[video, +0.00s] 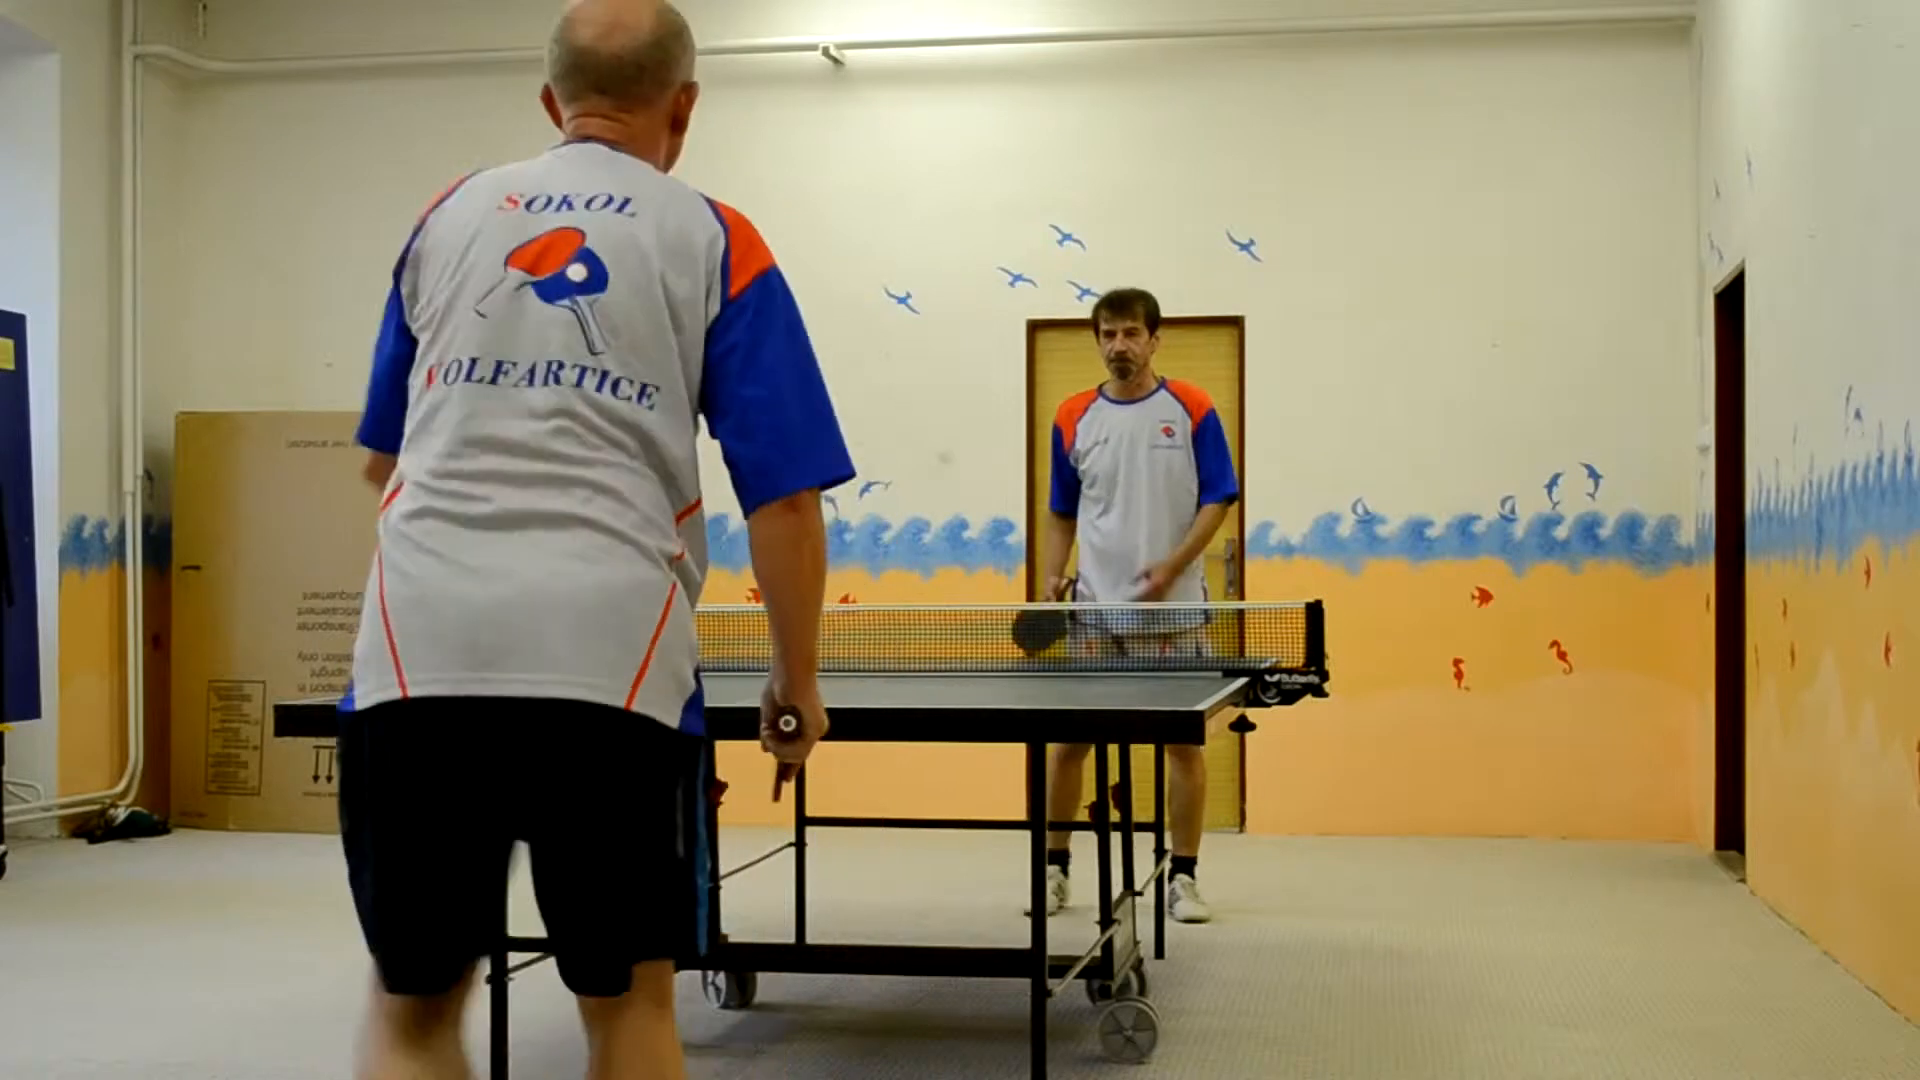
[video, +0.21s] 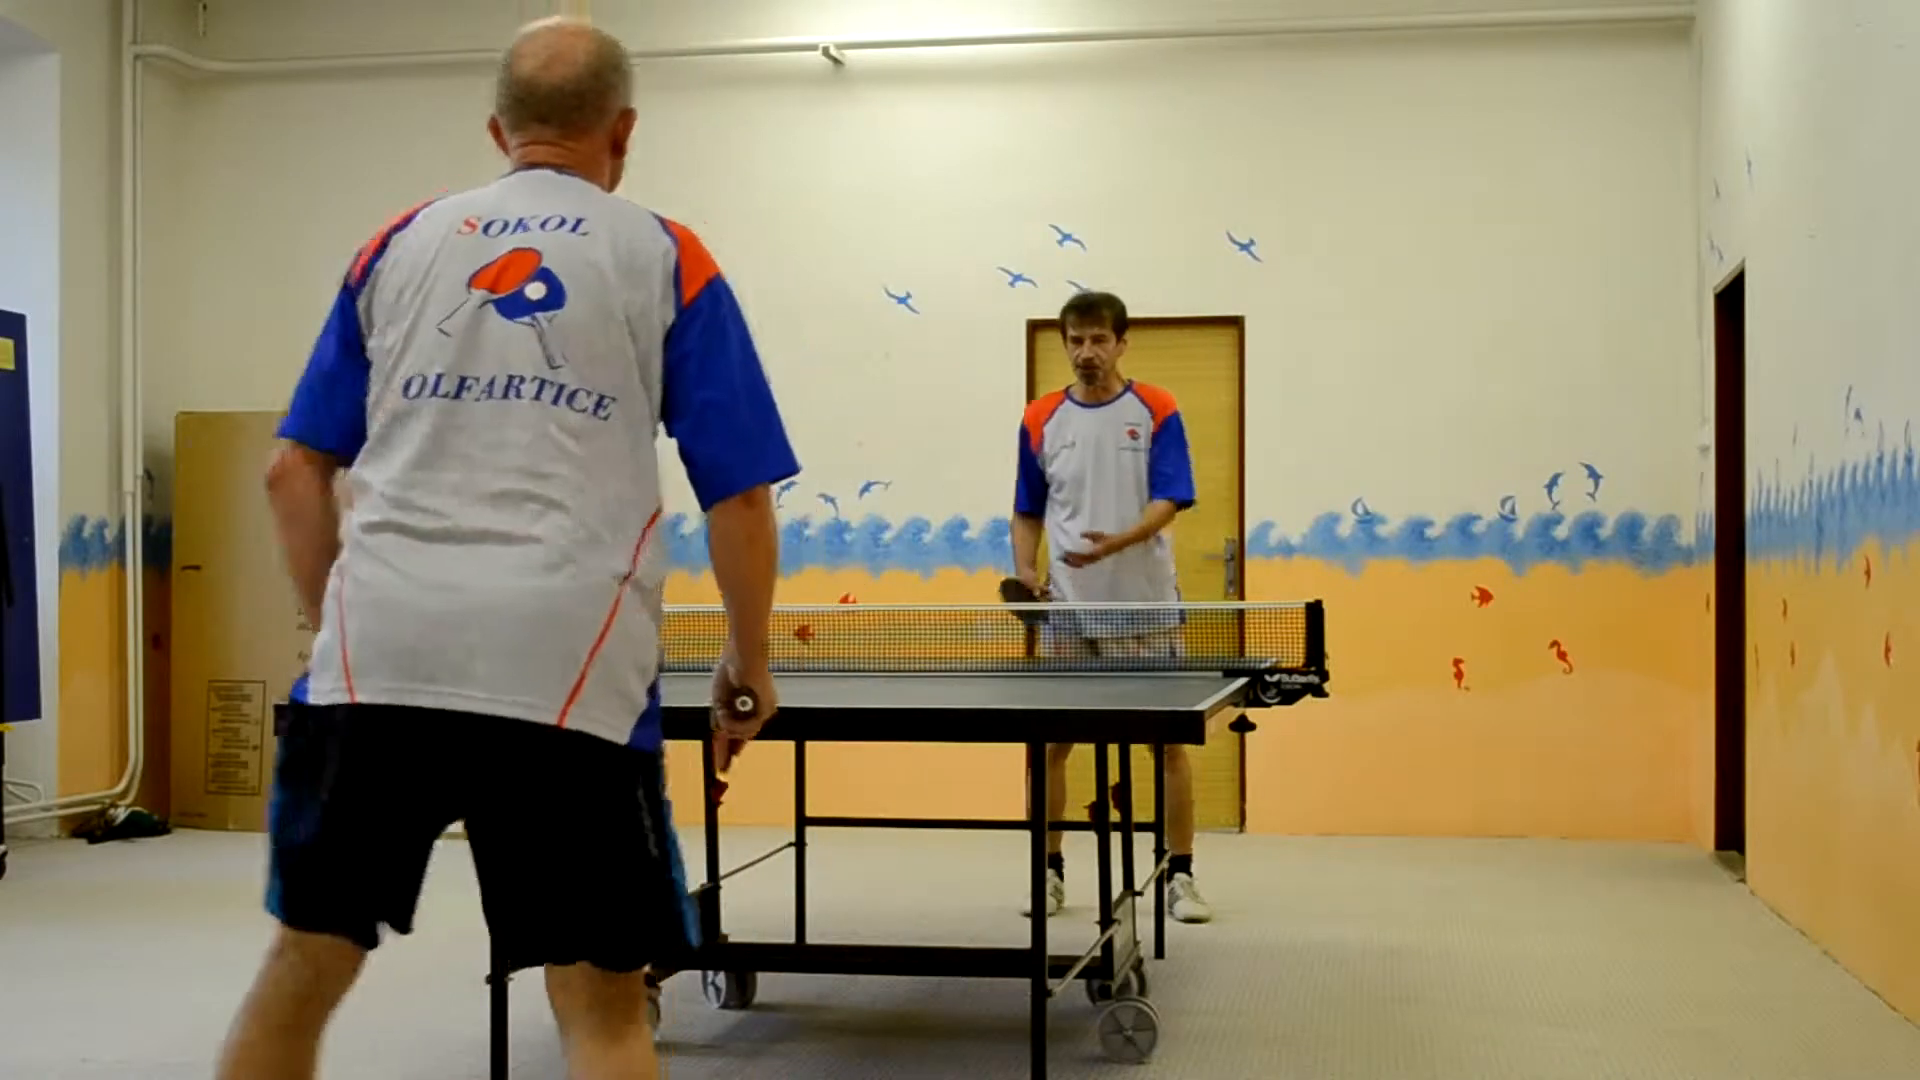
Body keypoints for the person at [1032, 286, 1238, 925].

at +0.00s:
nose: (1119, 344)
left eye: (1130, 333)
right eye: (1109, 334)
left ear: (1153, 339)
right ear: (1097, 341)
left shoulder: (1191, 409)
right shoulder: (1073, 417)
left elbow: (1220, 497)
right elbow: (1061, 510)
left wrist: (1177, 561)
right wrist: (1052, 574)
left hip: (1173, 610)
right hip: (1094, 611)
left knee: (1185, 742)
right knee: (1069, 740)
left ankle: (1182, 874)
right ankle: (1054, 870)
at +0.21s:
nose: (1086, 352)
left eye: (1097, 340)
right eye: (1076, 341)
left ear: (1121, 343)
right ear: (1064, 346)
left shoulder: (1156, 409)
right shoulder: (1040, 419)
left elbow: (1171, 500)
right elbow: (1027, 508)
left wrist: (1120, 541)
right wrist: (1028, 567)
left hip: (1145, 606)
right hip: (1067, 608)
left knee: (1171, 740)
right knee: (1051, 740)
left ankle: (1178, 872)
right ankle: (1049, 870)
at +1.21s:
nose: (1159, 381)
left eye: (1171, 369)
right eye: (1148, 369)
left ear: (1187, 367)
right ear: (1130, 367)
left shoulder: (1214, 420)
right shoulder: (1093, 431)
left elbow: (1240, 510)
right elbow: (1052, 517)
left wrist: (1184, 544)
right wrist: (1081, 573)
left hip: (1191, 609)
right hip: (1123, 610)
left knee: (1180, 736)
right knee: (1142, 738)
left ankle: (1146, 862)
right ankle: (1144, 871)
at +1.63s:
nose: (1200, 438)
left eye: (1210, 425)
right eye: (1187, 426)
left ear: (1222, 418)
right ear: (1163, 419)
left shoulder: (1242, 454)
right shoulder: (1127, 473)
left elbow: (1273, 545)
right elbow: (1088, 569)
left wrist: (1255, 607)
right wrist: (1140, 632)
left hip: (1213, 632)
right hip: (1151, 637)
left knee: (1247, 738)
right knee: (1175, 746)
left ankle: (1197, 857)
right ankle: (1170, 879)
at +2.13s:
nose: (1220, 436)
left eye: (1229, 424)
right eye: (1208, 425)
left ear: (1240, 414)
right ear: (1182, 415)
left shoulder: (1253, 440)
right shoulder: (1154, 471)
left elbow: (1299, 519)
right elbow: (1142, 577)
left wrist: (1278, 550)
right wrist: (1223, 625)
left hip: (1224, 620)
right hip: (1162, 623)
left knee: (1286, 715)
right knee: (1192, 742)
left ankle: (1253, 831)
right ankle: (1174, 879)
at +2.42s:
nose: (1231, 423)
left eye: (1239, 410)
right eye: (1218, 413)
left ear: (1249, 401)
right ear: (1192, 406)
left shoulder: (1262, 425)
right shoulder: (1169, 462)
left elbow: (1347, 461)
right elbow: (1188, 567)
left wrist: (1356, 505)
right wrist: (1264, 549)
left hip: (1241, 608)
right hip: (1182, 617)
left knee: (1310, 727)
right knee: (1202, 746)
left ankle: (1327, 841)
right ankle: (1175, 880)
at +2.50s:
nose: (1229, 416)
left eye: (1239, 403)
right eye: (1217, 405)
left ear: (1252, 395)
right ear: (1196, 400)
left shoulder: (1278, 434)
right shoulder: (1166, 454)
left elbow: (1368, 466)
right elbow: (1144, 545)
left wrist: (1380, 517)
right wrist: (1220, 559)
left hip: (1254, 614)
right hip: (1187, 618)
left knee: (1308, 744)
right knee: (1198, 746)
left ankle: (1325, 863)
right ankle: (1176, 879)